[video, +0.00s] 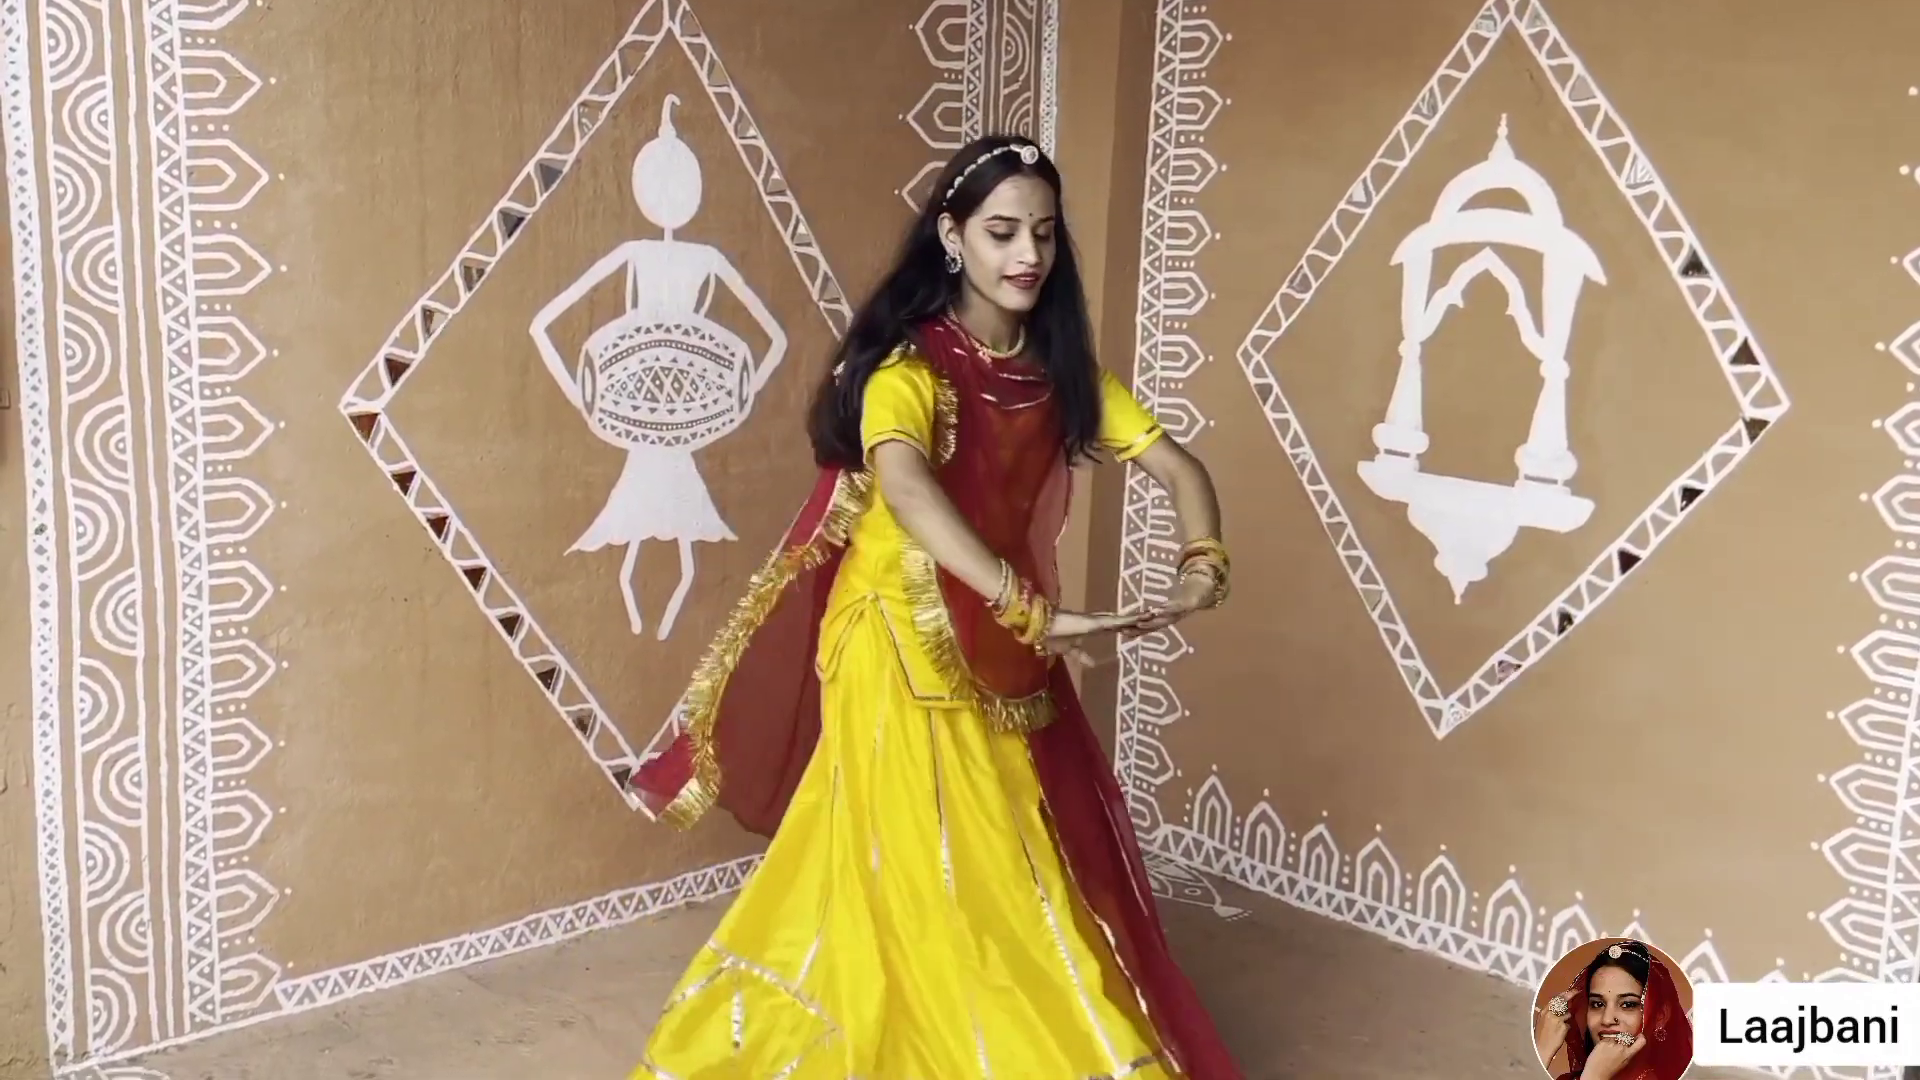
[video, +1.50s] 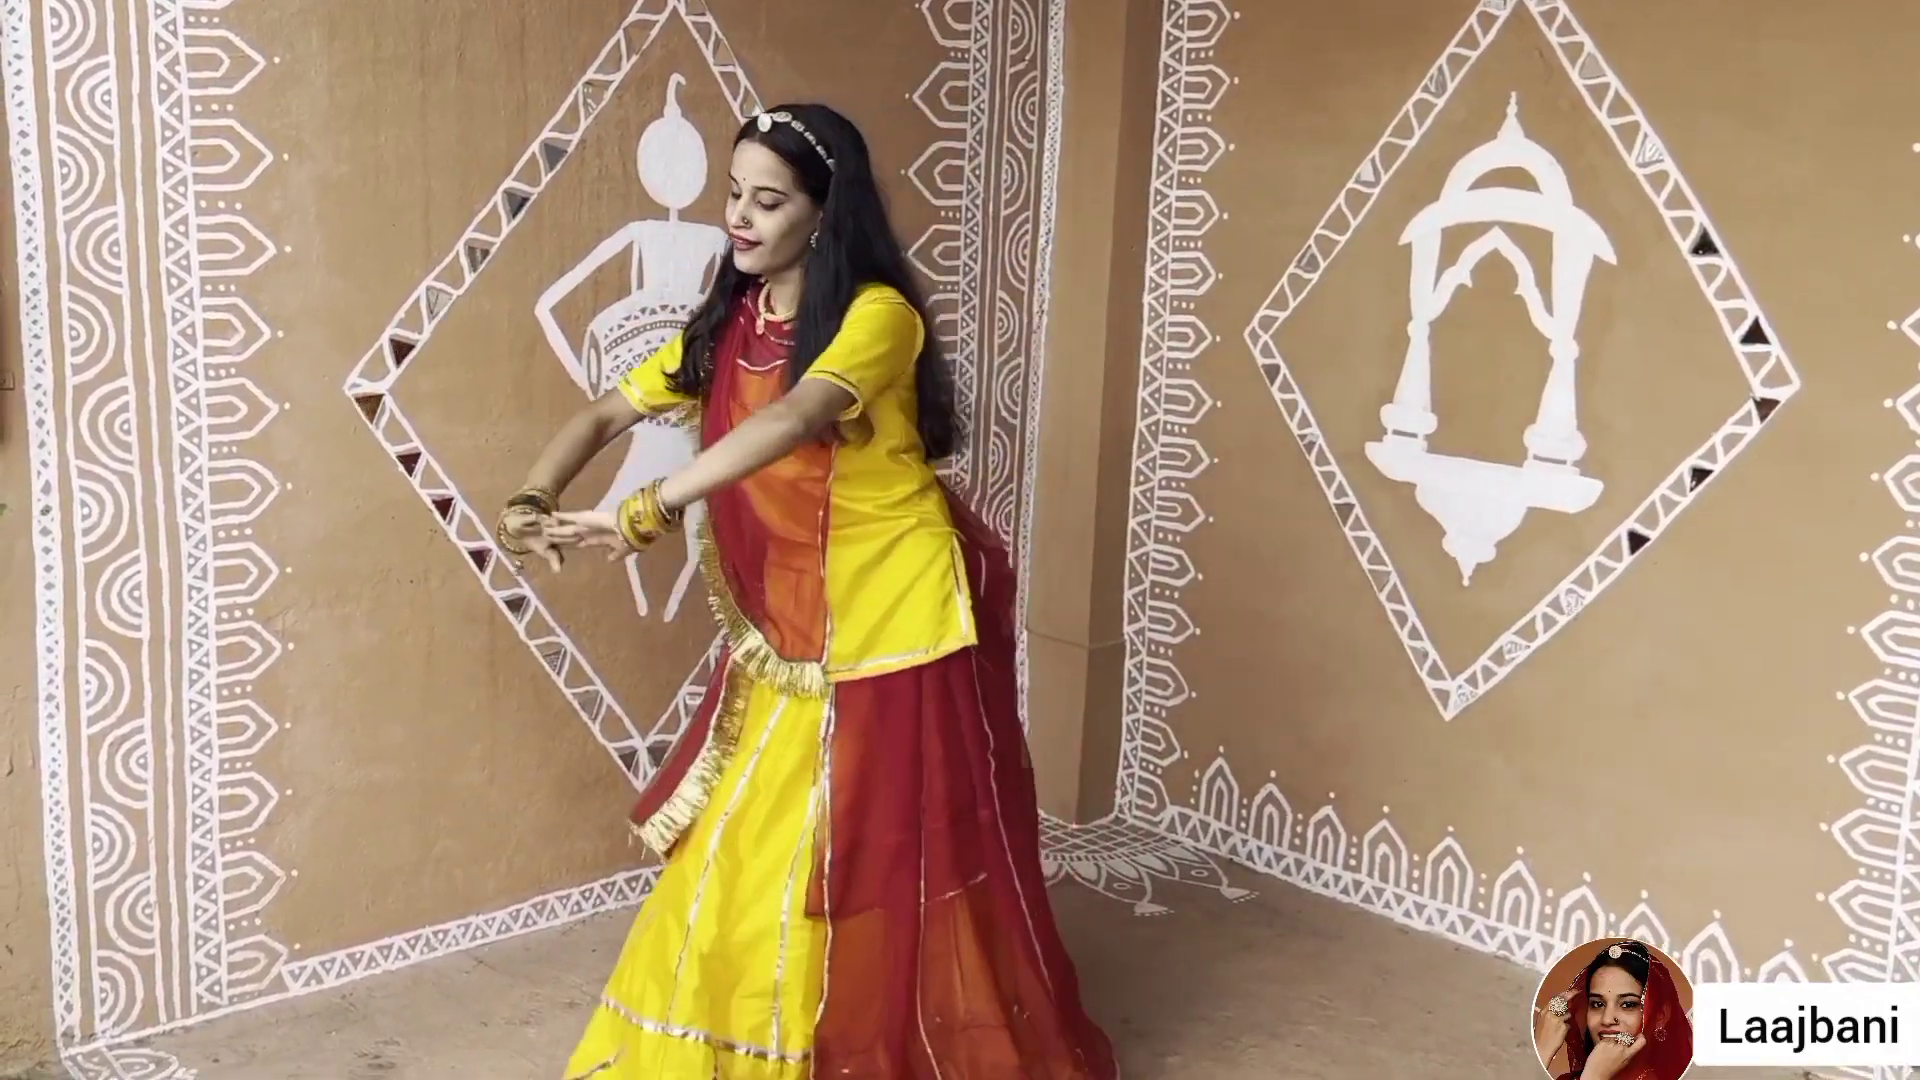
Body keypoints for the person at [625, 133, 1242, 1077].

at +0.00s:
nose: (1029, 255)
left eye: (1044, 232)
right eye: (1005, 232)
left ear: (1058, 242)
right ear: (953, 239)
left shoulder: (1063, 372)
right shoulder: (910, 367)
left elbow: (1177, 464)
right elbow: (904, 491)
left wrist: (1204, 557)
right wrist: (1024, 604)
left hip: (1006, 641)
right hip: (900, 640)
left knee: (1046, 867)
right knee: (970, 872)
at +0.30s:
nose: (1024, 276)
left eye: (1041, 254)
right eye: (1000, 252)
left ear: (1059, 260)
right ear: (951, 254)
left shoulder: (1059, 374)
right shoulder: (900, 366)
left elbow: (1188, 466)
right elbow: (895, 500)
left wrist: (1205, 558)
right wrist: (1013, 607)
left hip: (1008, 638)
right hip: (905, 636)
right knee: (976, 851)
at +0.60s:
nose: (943, 234)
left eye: (966, 212)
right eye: (923, 209)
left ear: (995, 217)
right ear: (892, 209)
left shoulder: (1030, 327)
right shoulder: (836, 322)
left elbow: (1179, 403)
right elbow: (735, 426)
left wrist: (1088, 480)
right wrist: (879, 503)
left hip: (1003, 631)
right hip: (876, 632)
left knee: (1005, 850)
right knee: (901, 850)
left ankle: (1018, 1044)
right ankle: (903, 1049)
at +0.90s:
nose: (875, 182)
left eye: (900, 163)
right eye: (861, 157)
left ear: (946, 169)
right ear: (843, 157)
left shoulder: (987, 275)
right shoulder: (801, 266)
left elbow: (1138, 296)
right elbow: (649, 287)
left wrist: (986, 322)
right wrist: (795, 311)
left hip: (951, 588)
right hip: (817, 585)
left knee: (951, 818)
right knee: (824, 814)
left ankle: (969, 1038)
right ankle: (829, 1038)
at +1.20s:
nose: (799, 222)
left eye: (825, 205)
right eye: (791, 199)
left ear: (881, 216)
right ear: (783, 200)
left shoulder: (932, 320)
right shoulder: (765, 324)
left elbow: (977, 438)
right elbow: (645, 415)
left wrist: (841, 520)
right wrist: (691, 502)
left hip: (913, 624)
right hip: (788, 624)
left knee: (898, 845)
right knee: (750, 847)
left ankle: (924, 1049)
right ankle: (791, 1053)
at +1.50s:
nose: (740, 218)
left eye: (765, 201)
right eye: (733, 196)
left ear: (825, 209)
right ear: (725, 199)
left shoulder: (877, 312)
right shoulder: (729, 322)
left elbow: (801, 414)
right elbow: (604, 410)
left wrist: (650, 502)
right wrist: (534, 496)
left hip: (895, 627)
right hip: (785, 633)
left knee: (847, 874)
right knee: (721, 865)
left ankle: (862, 1062)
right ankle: (694, 1059)